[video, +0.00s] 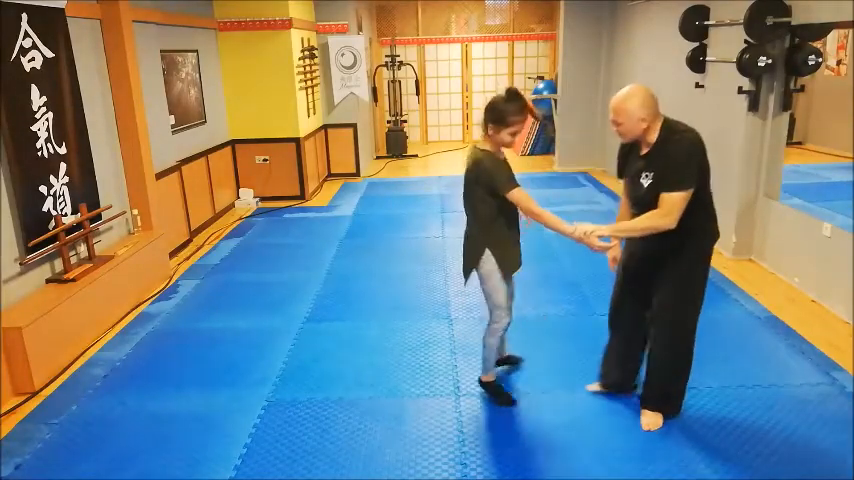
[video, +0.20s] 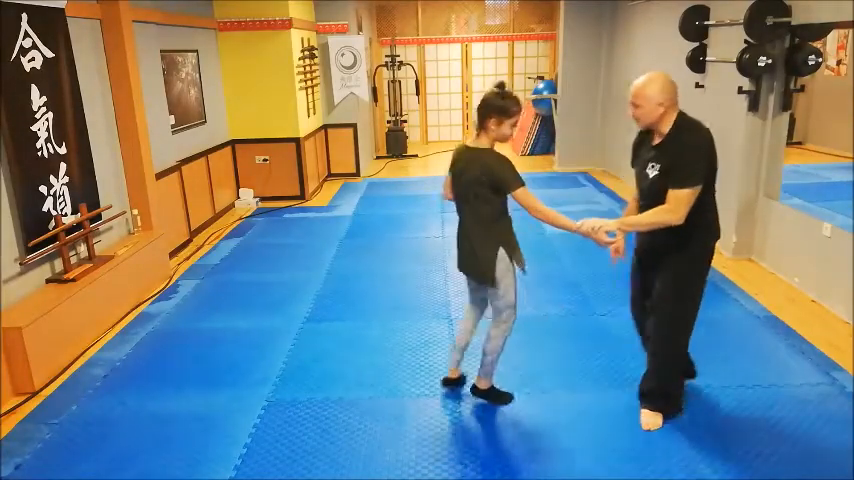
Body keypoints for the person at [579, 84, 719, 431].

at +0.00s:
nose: (615, 129)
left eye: (620, 123)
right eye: (613, 122)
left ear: (646, 120)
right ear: (633, 120)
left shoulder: (683, 145)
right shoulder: (630, 146)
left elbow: (669, 217)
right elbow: (628, 201)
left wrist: (606, 231)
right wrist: (617, 241)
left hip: (686, 244)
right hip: (645, 238)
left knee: (671, 321)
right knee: (626, 307)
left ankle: (658, 402)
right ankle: (617, 379)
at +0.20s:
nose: (631, 111)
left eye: (637, 105)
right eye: (631, 104)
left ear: (664, 106)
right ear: (651, 106)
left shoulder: (693, 141)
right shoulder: (643, 140)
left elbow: (675, 212)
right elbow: (641, 194)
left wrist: (618, 224)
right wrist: (622, 230)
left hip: (688, 244)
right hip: (652, 238)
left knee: (667, 320)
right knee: (643, 311)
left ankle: (657, 400)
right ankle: (675, 366)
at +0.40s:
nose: (646, 99)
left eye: (653, 94)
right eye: (647, 93)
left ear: (680, 99)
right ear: (670, 98)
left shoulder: (699, 140)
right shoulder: (661, 133)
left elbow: (669, 207)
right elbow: (654, 192)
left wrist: (614, 221)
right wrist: (626, 223)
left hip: (691, 238)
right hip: (661, 232)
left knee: (665, 311)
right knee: (676, 303)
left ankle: (657, 400)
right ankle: (693, 369)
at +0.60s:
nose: (658, 95)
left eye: (665, 89)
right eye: (659, 88)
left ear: (688, 95)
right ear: (685, 95)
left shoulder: (699, 137)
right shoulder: (686, 123)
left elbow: (659, 198)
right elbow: (670, 177)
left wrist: (608, 225)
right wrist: (647, 212)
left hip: (695, 237)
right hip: (677, 228)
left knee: (669, 311)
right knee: (687, 302)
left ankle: (659, 400)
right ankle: (697, 370)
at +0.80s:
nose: (664, 93)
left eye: (668, 88)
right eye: (665, 87)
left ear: (687, 92)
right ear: (695, 91)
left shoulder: (692, 135)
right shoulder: (718, 120)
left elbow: (649, 191)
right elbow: (709, 184)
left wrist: (604, 220)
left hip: (690, 234)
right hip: (711, 226)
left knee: (669, 311)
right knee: (696, 302)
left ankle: (659, 393)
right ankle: (697, 372)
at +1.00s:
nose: (663, 94)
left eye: (668, 89)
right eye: (664, 88)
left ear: (690, 91)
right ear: (695, 91)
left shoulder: (687, 132)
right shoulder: (720, 122)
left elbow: (643, 188)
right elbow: (710, 183)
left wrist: (597, 218)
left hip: (687, 232)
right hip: (711, 225)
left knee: (669, 309)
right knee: (696, 300)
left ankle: (658, 393)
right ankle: (697, 372)